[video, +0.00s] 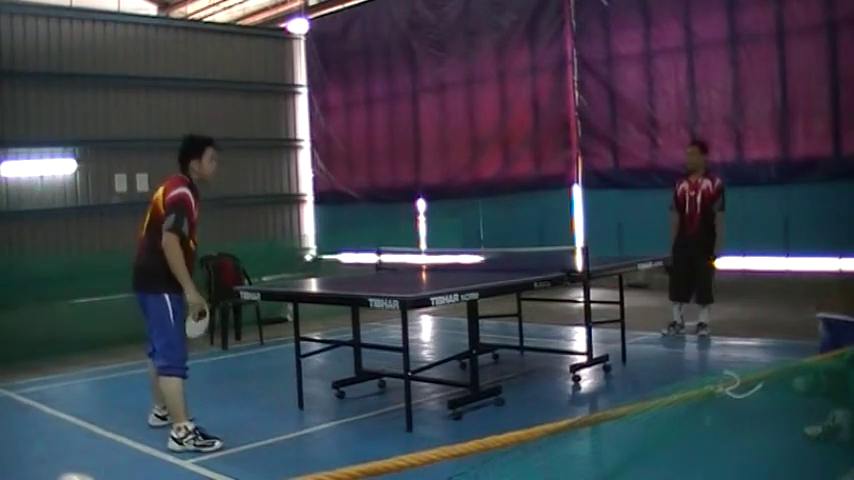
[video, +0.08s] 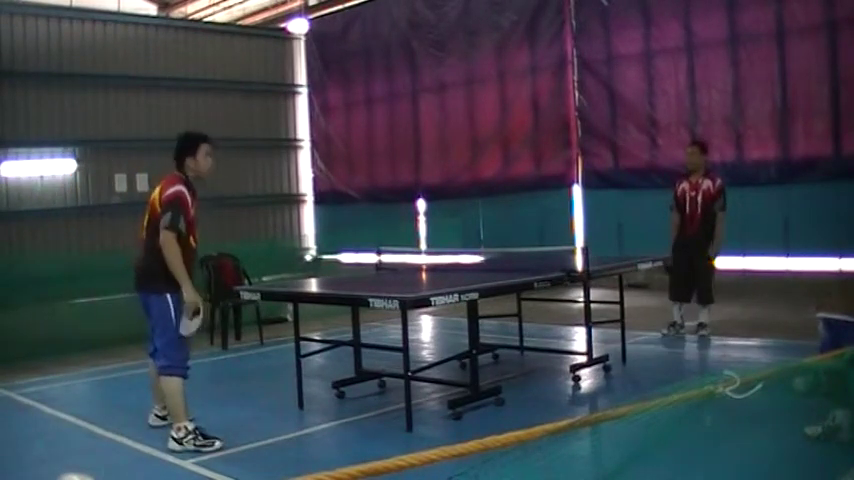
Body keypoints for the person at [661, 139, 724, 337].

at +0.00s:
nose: (689, 159)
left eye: (693, 154)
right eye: (688, 154)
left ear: (703, 158)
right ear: (685, 158)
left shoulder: (714, 185)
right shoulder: (680, 185)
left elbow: (719, 217)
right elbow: (675, 216)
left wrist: (718, 245)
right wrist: (673, 243)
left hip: (704, 242)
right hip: (683, 241)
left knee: (703, 282)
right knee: (678, 279)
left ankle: (703, 321)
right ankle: (677, 320)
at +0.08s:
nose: (689, 159)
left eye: (693, 154)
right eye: (688, 154)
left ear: (703, 158)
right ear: (685, 158)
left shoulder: (715, 185)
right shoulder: (681, 186)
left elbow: (719, 218)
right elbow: (675, 216)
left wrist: (714, 247)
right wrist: (673, 243)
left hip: (704, 242)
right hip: (683, 241)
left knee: (703, 283)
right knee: (678, 280)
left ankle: (703, 321)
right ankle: (677, 320)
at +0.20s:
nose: (690, 159)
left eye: (694, 155)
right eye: (688, 155)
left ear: (704, 157)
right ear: (686, 158)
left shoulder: (715, 185)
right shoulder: (680, 185)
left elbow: (720, 216)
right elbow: (675, 215)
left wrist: (712, 242)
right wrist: (672, 242)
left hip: (704, 242)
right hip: (683, 241)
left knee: (703, 283)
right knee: (677, 281)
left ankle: (703, 321)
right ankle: (676, 320)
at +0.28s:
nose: (690, 159)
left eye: (694, 155)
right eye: (688, 155)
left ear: (704, 158)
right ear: (686, 158)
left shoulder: (716, 185)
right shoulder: (680, 185)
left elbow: (721, 216)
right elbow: (675, 215)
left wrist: (712, 242)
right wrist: (672, 242)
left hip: (704, 242)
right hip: (682, 242)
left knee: (703, 283)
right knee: (677, 281)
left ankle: (703, 321)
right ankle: (677, 320)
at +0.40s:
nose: (690, 159)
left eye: (694, 155)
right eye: (688, 155)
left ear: (704, 157)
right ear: (686, 158)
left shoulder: (716, 185)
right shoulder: (680, 185)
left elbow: (720, 218)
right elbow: (675, 216)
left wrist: (713, 246)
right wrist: (671, 243)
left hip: (704, 245)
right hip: (682, 243)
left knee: (703, 285)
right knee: (677, 283)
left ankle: (703, 322)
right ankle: (676, 320)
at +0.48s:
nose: (690, 159)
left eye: (694, 155)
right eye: (688, 155)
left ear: (705, 158)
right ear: (686, 158)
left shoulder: (716, 186)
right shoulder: (681, 185)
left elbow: (721, 218)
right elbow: (675, 215)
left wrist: (713, 245)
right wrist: (671, 242)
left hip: (704, 245)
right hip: (682, 243)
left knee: (703, 286)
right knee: (676, 284)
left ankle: (703, 322)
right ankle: (676, 321)